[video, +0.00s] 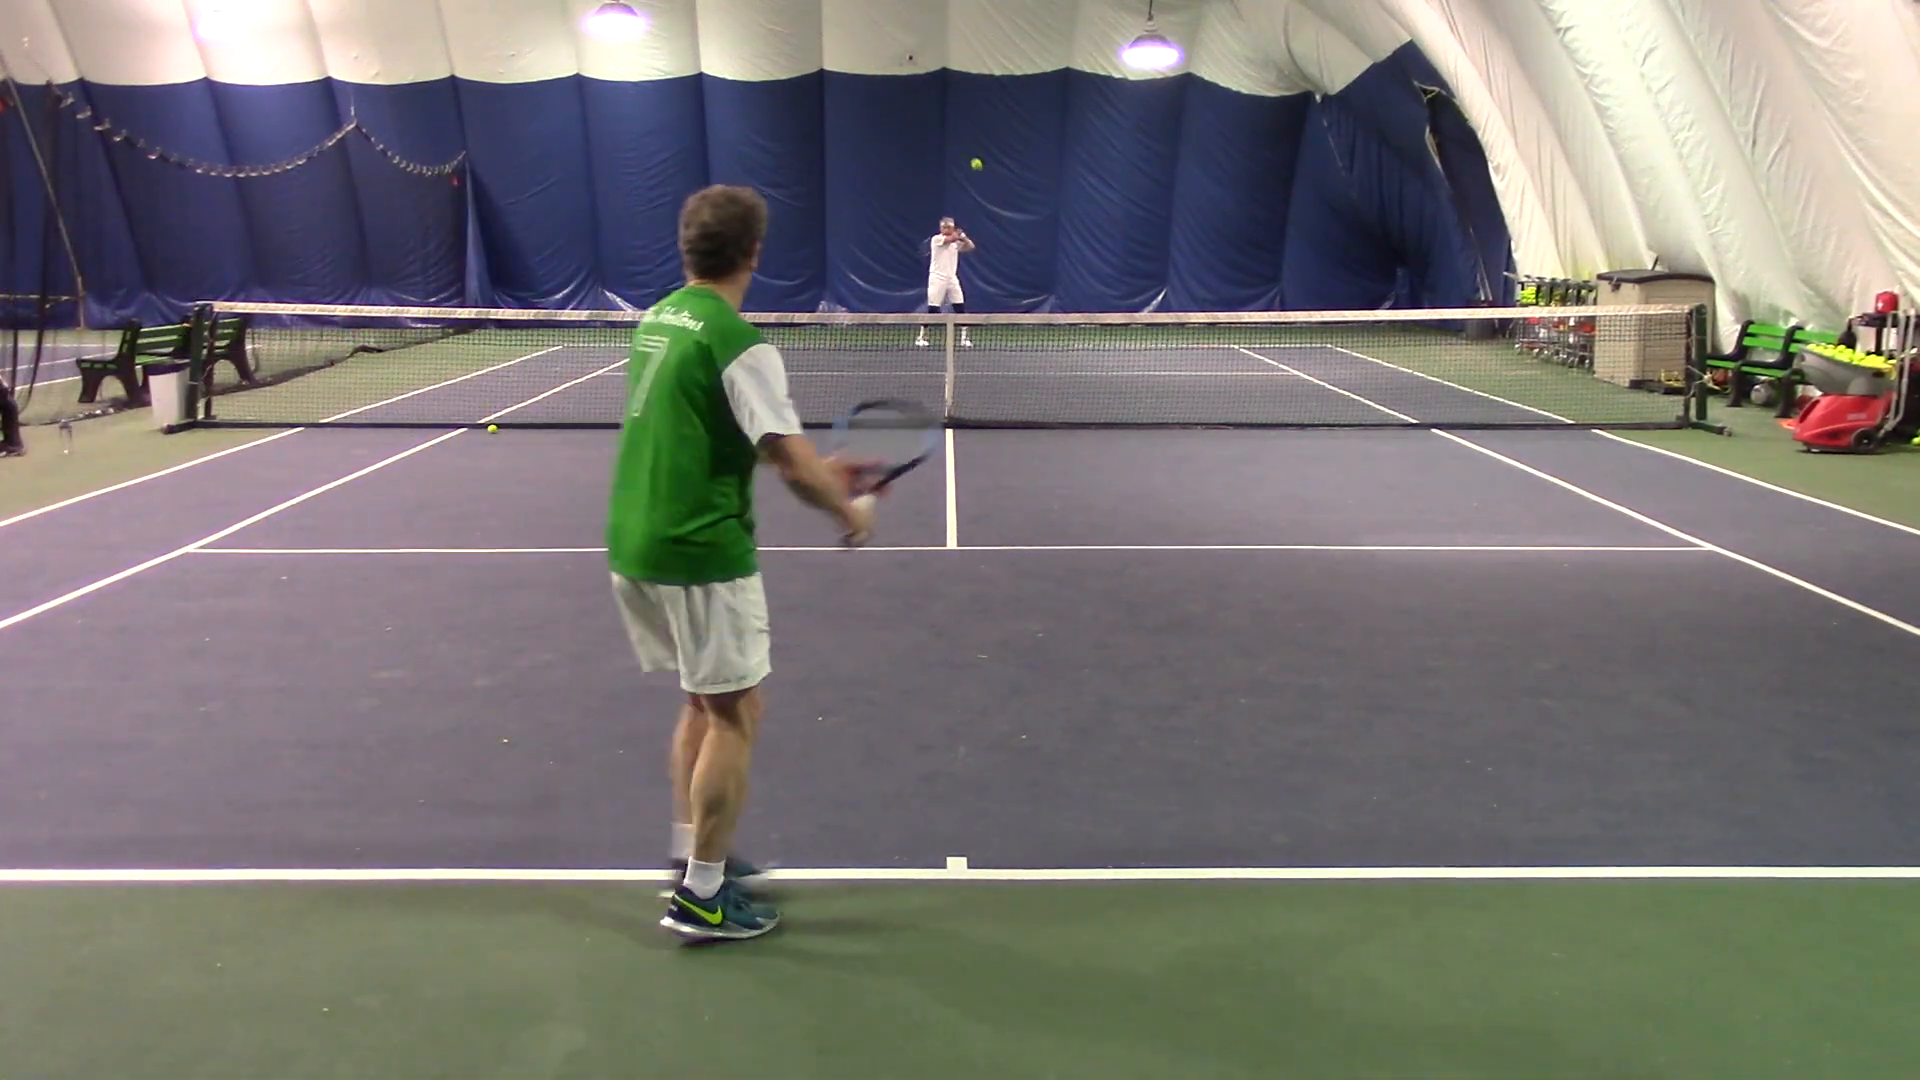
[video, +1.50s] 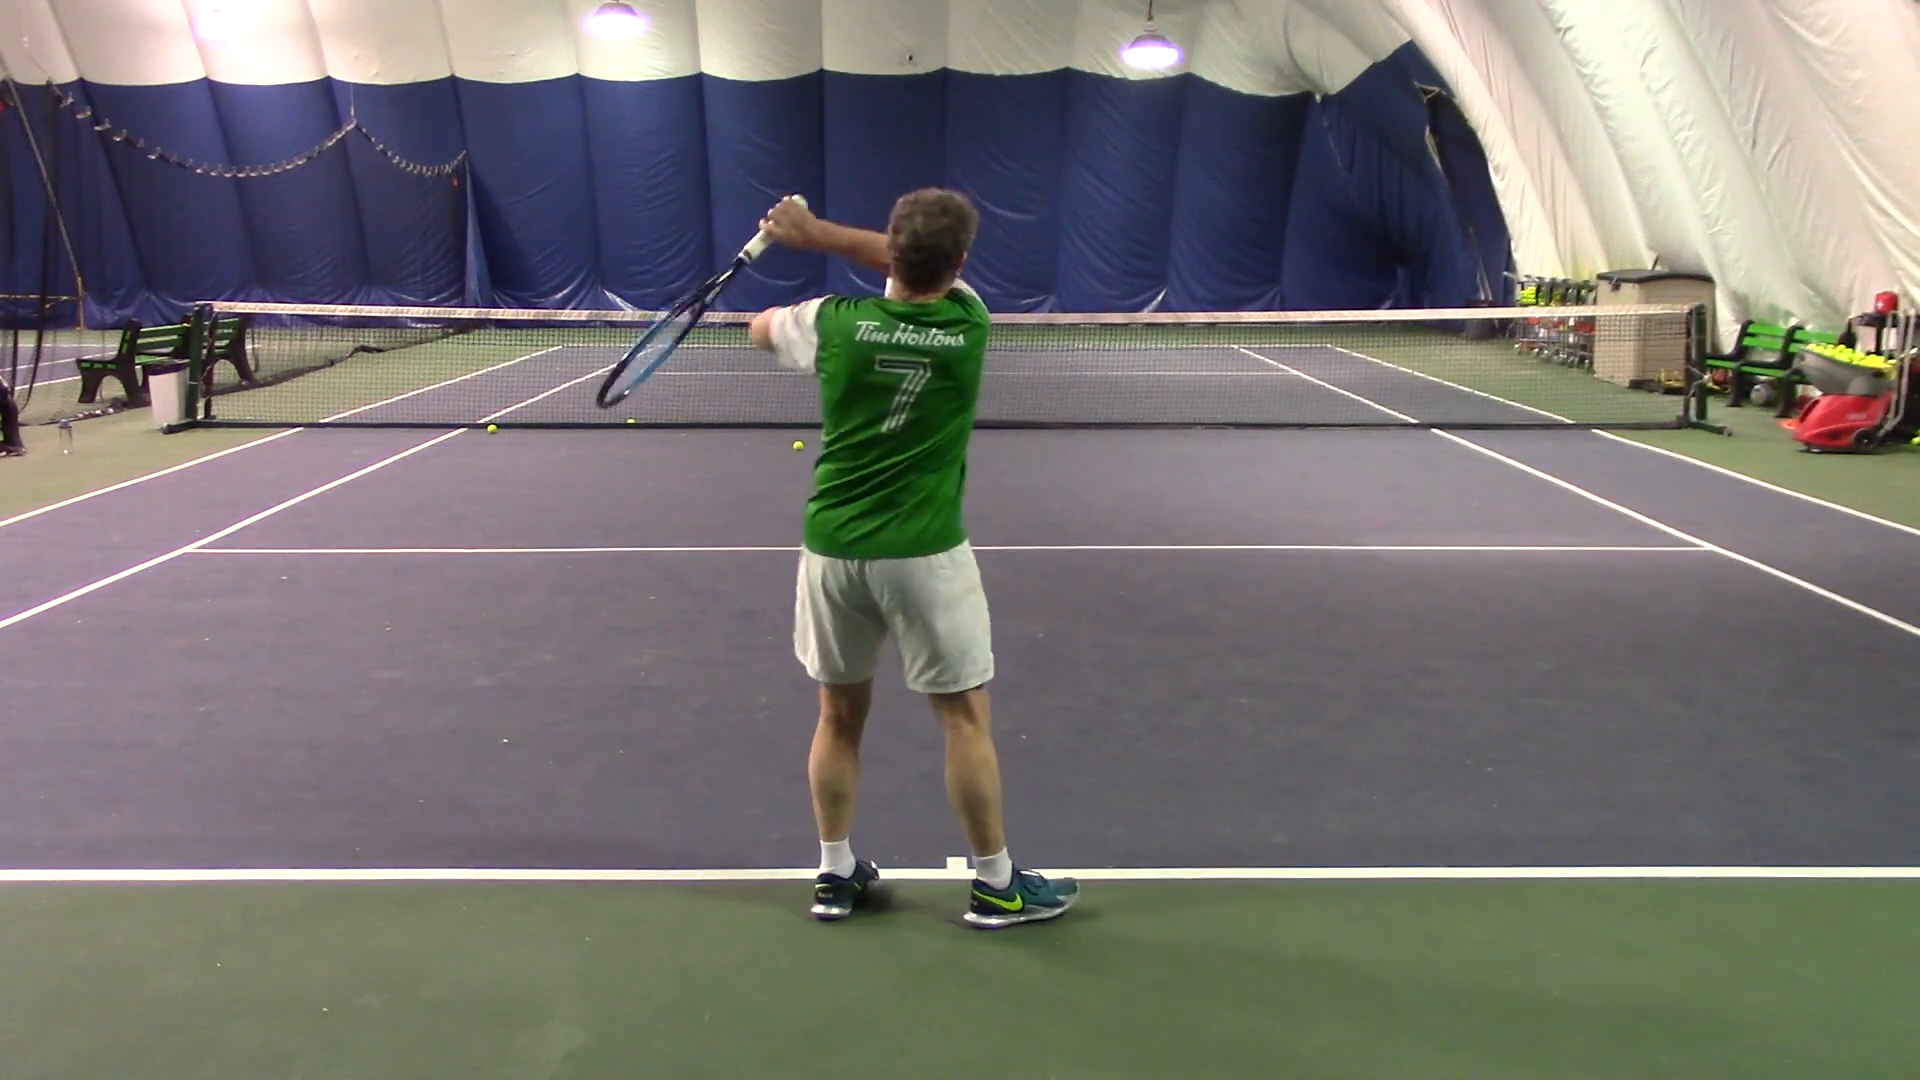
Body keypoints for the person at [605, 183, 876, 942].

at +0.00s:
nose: (763, 252)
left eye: (750, 239)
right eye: (762, 242)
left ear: (687, 250)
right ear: (753, 254)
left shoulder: (657, 322)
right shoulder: (739, 341)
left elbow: (714, 438)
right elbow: (792, 462)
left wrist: (818, 467)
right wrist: (847, 508)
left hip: (639, 546)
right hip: (704, 555)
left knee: (704, 701)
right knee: (734, 713)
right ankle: (703, 891)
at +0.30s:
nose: (849, 267)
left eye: (845, 257)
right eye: (848, 257)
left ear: (777, 262)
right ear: (836, 266)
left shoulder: (786, 319)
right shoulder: (794, 338)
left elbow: (892, 337)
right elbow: (857, 401)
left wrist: (969, 310)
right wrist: (969, 346)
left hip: (765, 552)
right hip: (792, 559)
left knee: (826, 700)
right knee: (884, 698)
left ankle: (800, 855)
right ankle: (791, 841)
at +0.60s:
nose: (948, 280)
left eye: (946, 272)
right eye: (946, 270)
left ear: (876, 275)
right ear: (933, 278)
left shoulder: (903, 329)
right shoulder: (876, 338)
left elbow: (995, 341)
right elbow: (856, 399)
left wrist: (1065, 314)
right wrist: (927, 363)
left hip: (838, 558)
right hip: (880, 565)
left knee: (874, 710)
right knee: (950, 716)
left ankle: (806, 859)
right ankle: (996, 883)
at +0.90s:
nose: (1012, 270)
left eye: (1011, 261)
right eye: (1010, 261)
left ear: (940, 266)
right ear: (994, 268)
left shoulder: (907, 321)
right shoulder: (959, 340)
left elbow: (939, 336)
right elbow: (978, 423)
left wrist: (995, 343)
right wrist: (1069, 441)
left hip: (877, 543)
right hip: (945, 557)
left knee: (892, 696)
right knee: (1006, 710)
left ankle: (816, 845)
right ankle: (1002, 882)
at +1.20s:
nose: (989, 260)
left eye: (987, 251)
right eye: (987, 252)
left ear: (907, 252)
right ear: (975, 262)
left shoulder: (863, 311)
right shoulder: (984, 324)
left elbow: (870, 294)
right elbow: (1031, 382)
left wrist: (927, 281)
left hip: (883, 540)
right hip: (967, 550)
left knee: (877, 702)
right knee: (997, 710)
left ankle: (842, 862)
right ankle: (1002, 882)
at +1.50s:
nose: (965, 265)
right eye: (966, 257)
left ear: (889, 257)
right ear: (958, 265)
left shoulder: (831, 323)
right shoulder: (968, 324)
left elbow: (763, 328)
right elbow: (908, 258)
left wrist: (776, 319)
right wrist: (815, 230)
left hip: (833, 551)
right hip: (927, 553)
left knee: (838, 714)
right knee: (964, 718)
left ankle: (835, 874)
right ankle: (997, 882)